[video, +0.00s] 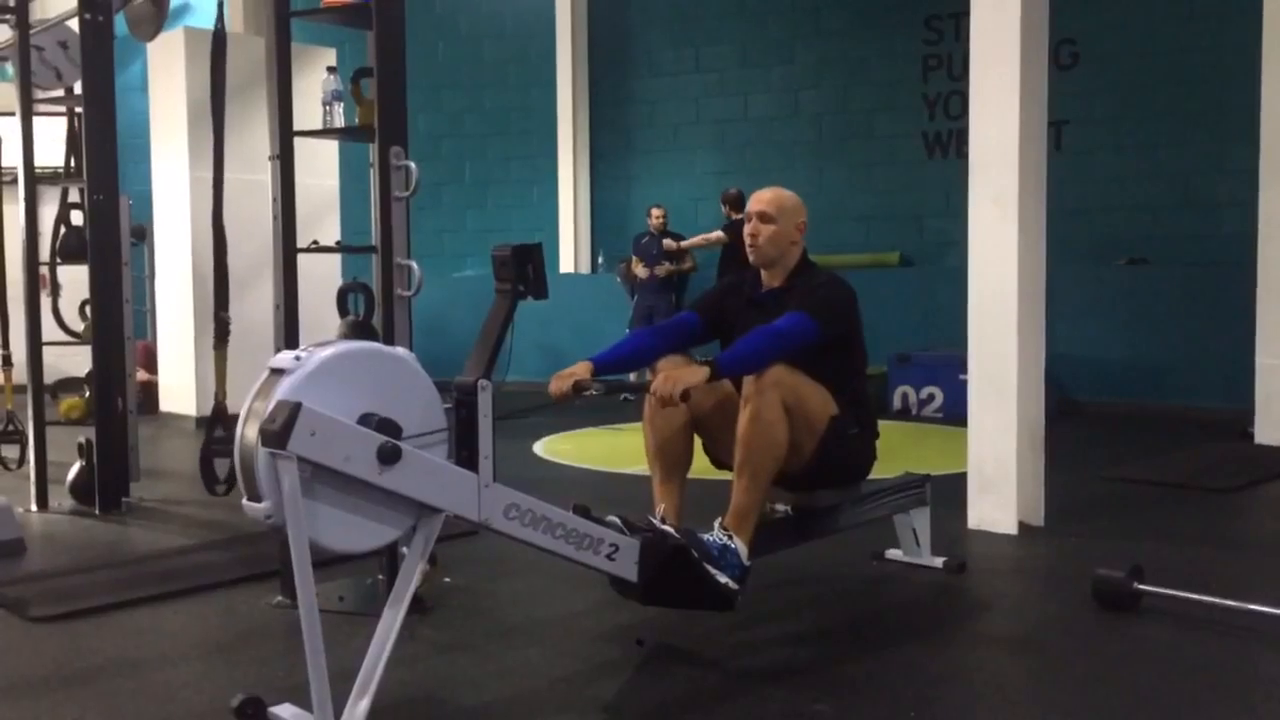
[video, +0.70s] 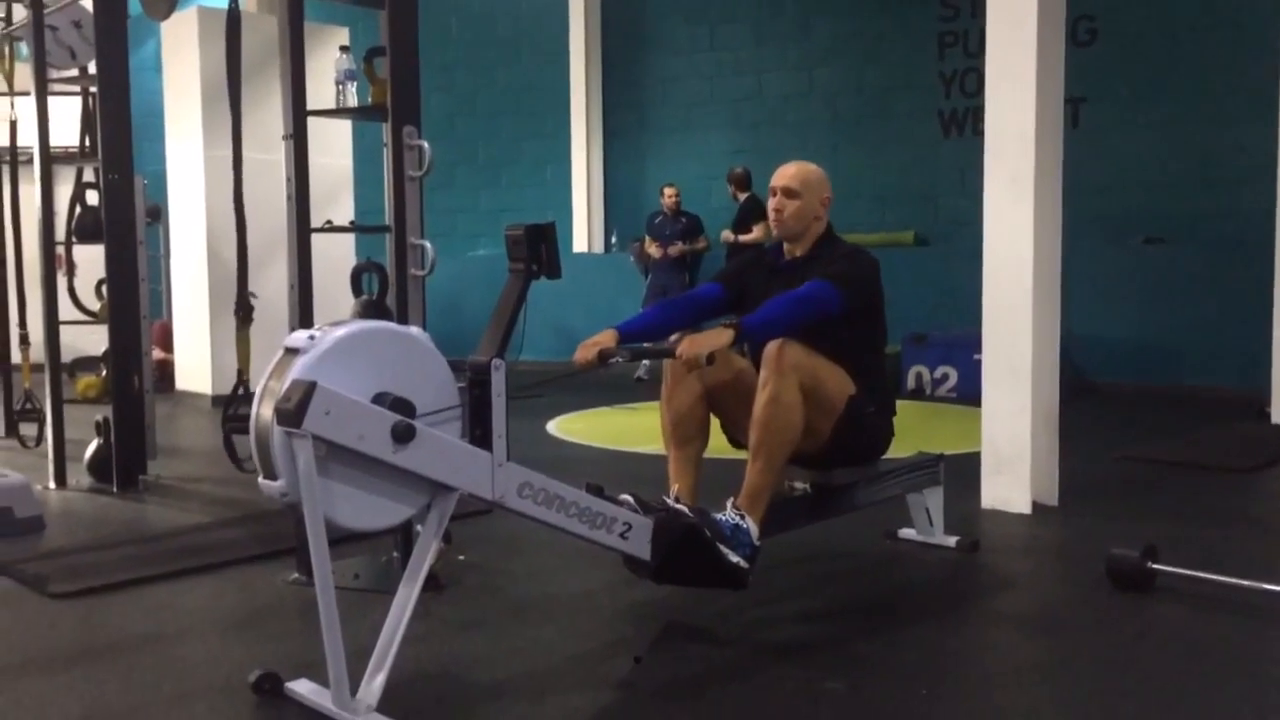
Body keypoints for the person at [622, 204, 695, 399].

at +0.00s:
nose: (661, 221)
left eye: (663, 217)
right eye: (657, 218)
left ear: (667, 219)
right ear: (649, 220)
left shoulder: (676, 239)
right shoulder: (640, 240)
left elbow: (690, 264)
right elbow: (634, 263)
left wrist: (671, 269)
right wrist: (638, 270)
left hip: (666, 298)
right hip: (643, 298)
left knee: (665, 338)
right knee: (637, 337)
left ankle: (662, 384)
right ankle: (633, 383)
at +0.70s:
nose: (674, 200)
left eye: (676, 196)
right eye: (670, 196)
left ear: (680, 198)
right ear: (662, 199)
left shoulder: (691, 220)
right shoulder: (654, 219)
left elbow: (704, 243)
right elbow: (648, 242)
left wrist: (684, 248)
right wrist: (652, 249)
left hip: (680, 276)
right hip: (658, 275)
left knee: (679, 318)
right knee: (649, 316)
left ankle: (680, 364)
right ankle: (645, 362)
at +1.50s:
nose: (674, 171)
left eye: (676, 167)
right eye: (670, 168)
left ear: (680, 169)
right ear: (662, 171)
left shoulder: (691, 192)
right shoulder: (652, 192)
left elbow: (700, 216)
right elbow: (647, 217)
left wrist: (682, 220)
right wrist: (651, 222)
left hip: (678, 248)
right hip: (657, 247)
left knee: (675, 291)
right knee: (650, 291)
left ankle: (670, 336)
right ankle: (646, 336)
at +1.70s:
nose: (672, 169)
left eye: (674, 165)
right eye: (668, 166)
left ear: (678, 167)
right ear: (660, 168)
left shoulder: (689, 190)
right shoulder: (651, 190)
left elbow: (699, 212)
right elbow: (645, 215)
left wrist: (681, 218)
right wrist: (649, 220)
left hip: (677, 246)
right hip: (655, 245)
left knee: (674, 289)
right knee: (649, 288)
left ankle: (668, 335)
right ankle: (644, 333)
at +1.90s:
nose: (670, 165)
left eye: (672, 161)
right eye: (666, 162)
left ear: (676, 164)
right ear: (658, 165)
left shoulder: (688, 186)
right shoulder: (649, 186)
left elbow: (696, 214)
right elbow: (644, 211)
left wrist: (681, 216)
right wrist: (648, 217)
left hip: (675, 242)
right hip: (653, 242)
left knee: (671, 285)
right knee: (647, 285)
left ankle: (666, 331)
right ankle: (642, 329)